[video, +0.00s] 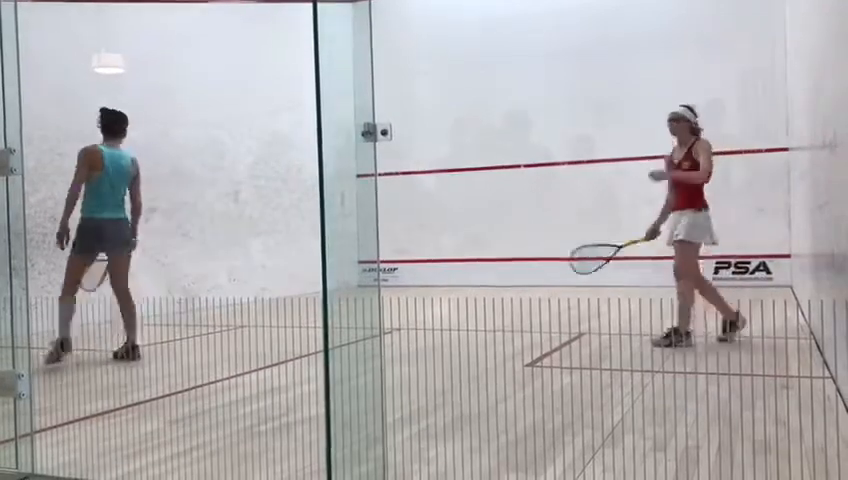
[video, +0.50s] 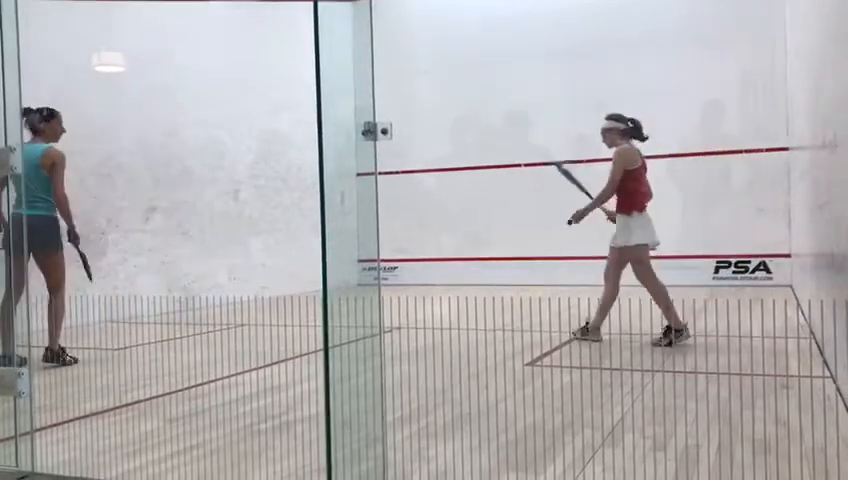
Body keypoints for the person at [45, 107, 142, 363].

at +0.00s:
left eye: (104, 128)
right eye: (123, 130)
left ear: (102, 129)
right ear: (124, 132)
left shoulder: (89, 154)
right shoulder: (131, 161)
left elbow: (75, 190)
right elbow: (136, 202)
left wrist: (64, 222)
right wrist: (134, 231)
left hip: (91, 229)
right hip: (120, 230)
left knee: (70, 287)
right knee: (121, 288)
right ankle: (132, 344)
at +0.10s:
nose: (114, 138)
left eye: (114, 133)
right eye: (112, 132)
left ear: (88, 132)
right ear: (104, 132)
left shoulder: (68, 155)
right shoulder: (113, 163)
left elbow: (56, 190)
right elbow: (119, 206)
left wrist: (46, 220)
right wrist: (115, 232)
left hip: (71, 230)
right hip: (102, 230)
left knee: (50, 291)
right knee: (113, 290)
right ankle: (129, 343)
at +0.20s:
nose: (99, 138)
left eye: (99, 133)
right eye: (97, 133)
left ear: (74, 134)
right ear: (85, 134)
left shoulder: (49, 157)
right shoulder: (93, 164)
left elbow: (30, 194)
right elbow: (101, 202)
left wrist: (26, 222)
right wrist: (102, 222)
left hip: (49, 231)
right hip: (81, 232)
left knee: (35, 292)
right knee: (100, 291)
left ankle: (10, 344)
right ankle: (121, 341)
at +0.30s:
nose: (85, 136)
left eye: (84, 131)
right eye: (82, 131)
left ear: (61, 131)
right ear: (69, 130)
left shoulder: (36, 155)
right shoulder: (77, 162)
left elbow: (16, 186)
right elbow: (84, 200)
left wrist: (8, 212)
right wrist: (89, 222)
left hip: (34, 226)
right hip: (62, 227)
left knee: (24, 287)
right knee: (80, 291)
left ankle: (7, 344)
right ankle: (92, 345)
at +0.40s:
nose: (73, 131)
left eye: (71, 126)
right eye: (69, 126)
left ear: (49, 128)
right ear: (56, 127)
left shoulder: (26, 152)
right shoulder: (63, 157)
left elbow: (8, 183)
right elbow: (70, 197)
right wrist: (80, 223)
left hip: (24, 224)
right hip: (52, 225)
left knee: (16, 288)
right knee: (64, 289)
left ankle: (5, 344)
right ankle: (63, 348)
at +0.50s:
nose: (63, 129)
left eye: (62, 123)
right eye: (59, 123)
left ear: (38, 126)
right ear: (44, 124)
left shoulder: (16, 152)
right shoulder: (54, 154)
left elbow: (3, 186)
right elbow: (59, 195)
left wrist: (4, 221)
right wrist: (71, 226)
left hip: (14, 225)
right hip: (43, 225)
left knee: (13, 289)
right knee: (56, 289)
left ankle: (5, 348)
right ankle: (54, 348)